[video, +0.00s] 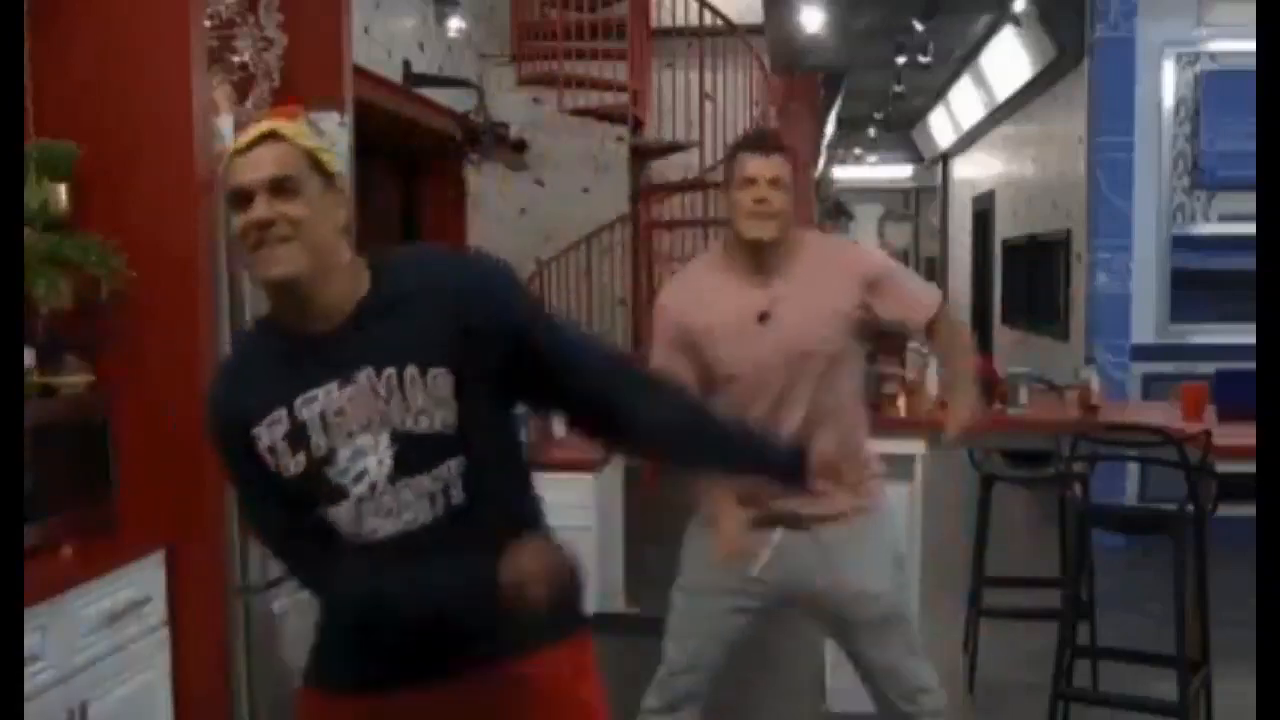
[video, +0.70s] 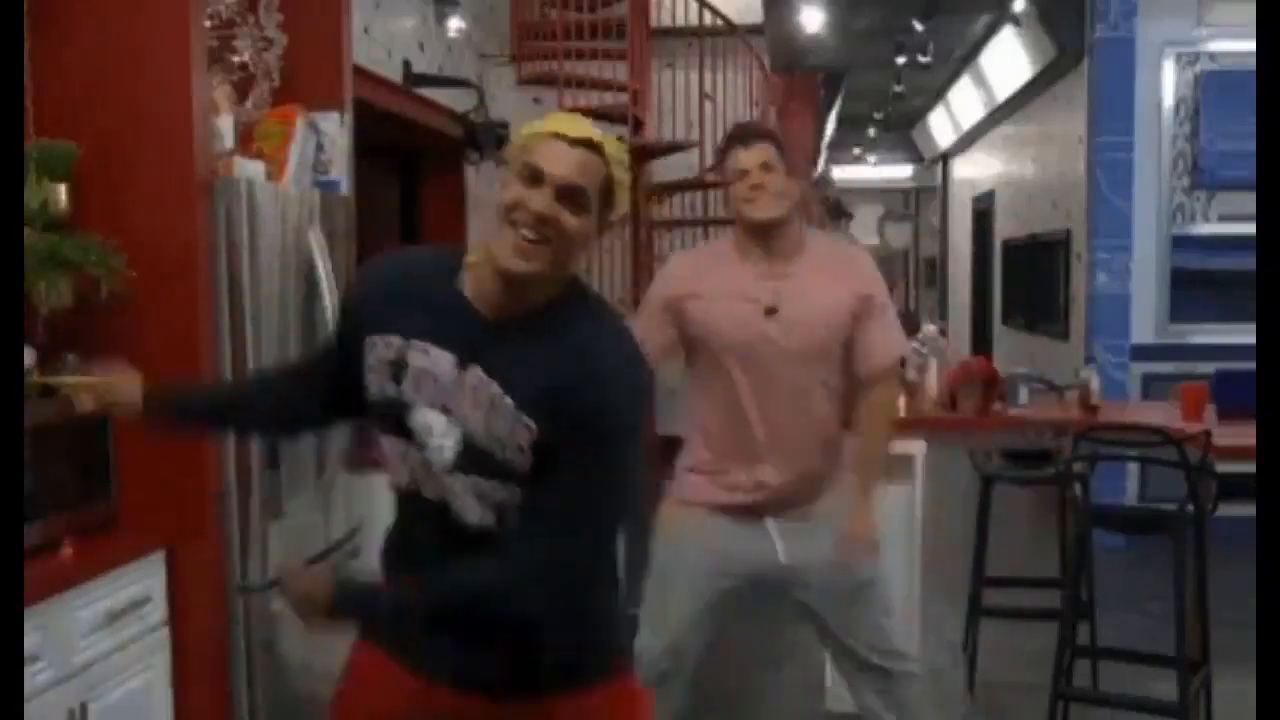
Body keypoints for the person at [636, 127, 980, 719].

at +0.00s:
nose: (762, 196)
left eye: (776, 184)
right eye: (748, 184)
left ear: (796, 197)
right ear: (726, 197)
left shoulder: (849, 266)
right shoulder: (684, 297)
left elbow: (944, 322)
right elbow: (670, 416)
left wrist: (960, 399)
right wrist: (721, 498)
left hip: (845, 523)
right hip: (736, 523)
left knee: (911, 694)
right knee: (675, 694)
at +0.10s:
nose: (789, 207)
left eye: (804, 195)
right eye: (775, 193)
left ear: (825, 211)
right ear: (754, 206)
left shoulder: (873, 280)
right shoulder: (723, 298)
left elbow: (972, 314)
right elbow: (710, 429)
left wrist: (994, 319)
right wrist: (764, 454)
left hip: (866, 530)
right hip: (760, 527)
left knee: (919, 699)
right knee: (700, 678)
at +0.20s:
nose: (810, 206)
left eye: (825, 196)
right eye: (796, 193)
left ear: (844, 217)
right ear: (771, 209)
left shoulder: (886, 281)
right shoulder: (736, 300)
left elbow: (988, 331)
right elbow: (735, 439)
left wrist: (1004, 281)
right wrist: (799, 414)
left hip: (888, 545)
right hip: (776, 539)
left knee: (921, 702)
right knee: (733, 693)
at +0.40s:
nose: (850, 219)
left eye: (863, 209)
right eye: (835, 206)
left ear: (876, 224)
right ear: (805, 218)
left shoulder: (908, 292)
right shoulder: (753, 300)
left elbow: (1004, 340)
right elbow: (740, 425)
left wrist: (1016, 305)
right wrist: (844, 404)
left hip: (907, 512)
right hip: (803, 521)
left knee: (954, 675)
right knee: (805, 684)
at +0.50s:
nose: (827, 230)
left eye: (839, 216)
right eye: (810, 220)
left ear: (859, 228)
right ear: (788, 238)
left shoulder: (908, 311)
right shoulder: (752, 323)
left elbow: (969, 404)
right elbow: (745, 448)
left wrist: (1024, 427)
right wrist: (840, 512)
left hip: (897, 549)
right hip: (785, 549)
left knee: (942, 705)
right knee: (768, 706)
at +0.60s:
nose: (804, 213)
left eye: (816, 199)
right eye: (789, 204)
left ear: (842, 210)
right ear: (773, 221)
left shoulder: (895, 299)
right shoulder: (736, 310)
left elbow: (932, 412)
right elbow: (718, 443)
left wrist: (1008, 490)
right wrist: (780, 522)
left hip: (877, 544)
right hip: (756, 540)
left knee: (934, 703)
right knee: (710, 691)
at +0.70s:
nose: (754, 183)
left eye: (767, 170)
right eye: (739, 175)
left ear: (796, 184)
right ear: (724, 193)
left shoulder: (849, 266)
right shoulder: (686, 273)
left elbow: (881, 384)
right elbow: (622, 375)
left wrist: (861, 504)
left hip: (821, 509)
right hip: (705, 511)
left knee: (889, 674)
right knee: (654, 667)